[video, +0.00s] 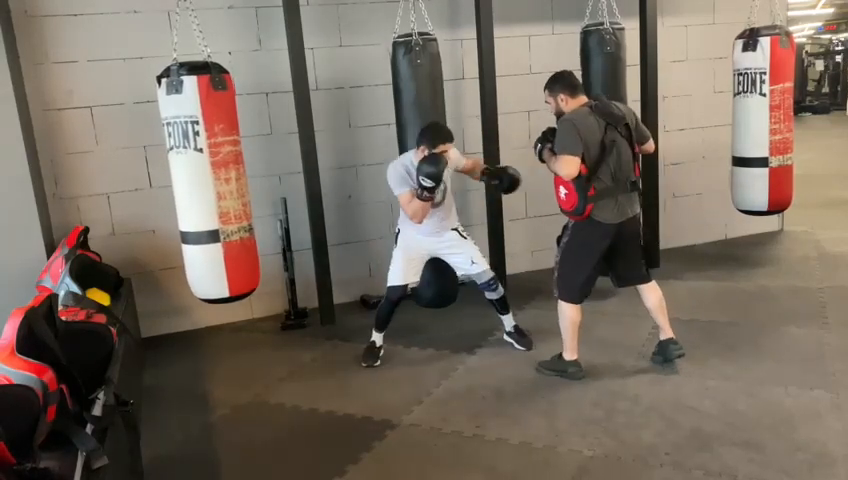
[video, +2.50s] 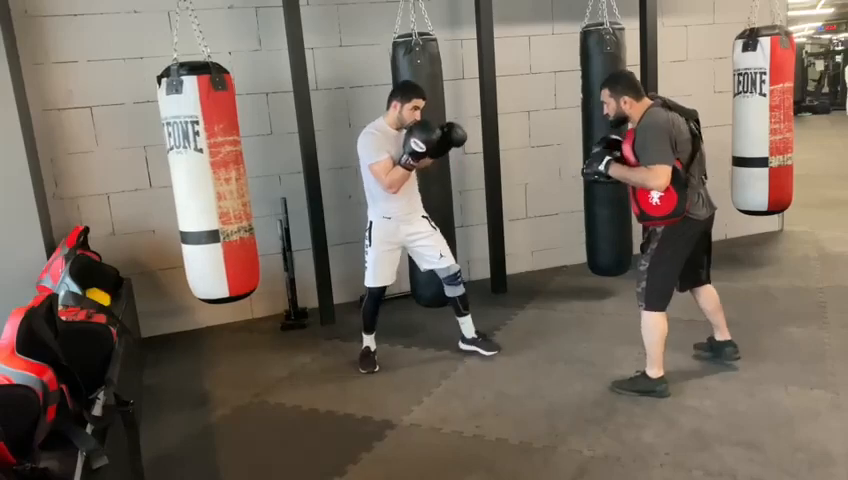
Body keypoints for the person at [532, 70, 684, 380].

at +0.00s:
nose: (550, 109)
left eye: (550, 102)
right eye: (549, 103)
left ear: (561, 97)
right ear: (578, 92)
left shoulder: (570, 123)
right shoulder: (616, 109)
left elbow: (568, 170)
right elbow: (648, 144)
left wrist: (547, 156)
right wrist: (613, 146)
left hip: (592, 222)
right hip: (628, 217)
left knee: (568, 288)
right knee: (641, 277)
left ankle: (569, 359)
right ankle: (668, 340)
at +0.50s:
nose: (594, 101)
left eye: (594, 95)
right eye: (591, 96)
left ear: (609, 90)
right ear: (624, 87)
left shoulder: (619, 115)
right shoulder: (653, 107)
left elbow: (620, 158)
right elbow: (679, 147)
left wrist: (587, 144)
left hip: (629, 222)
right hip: (661, 221)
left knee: (593, 286)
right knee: (666, 289)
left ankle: (578, 357)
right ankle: (683, 357)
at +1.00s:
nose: (576, 104)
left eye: (577, 97)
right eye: (575, 97)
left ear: (592, 94)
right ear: (605, 91)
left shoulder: (600, 119)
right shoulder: (636, 112)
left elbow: (601, 164)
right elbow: (661, 154)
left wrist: (572, 149)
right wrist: (621, 148)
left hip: (607, 225)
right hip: (642, 223)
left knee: (572, 290)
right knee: (655, 287)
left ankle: (573, 359)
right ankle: (680, 355)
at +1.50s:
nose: (550, 117)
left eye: (548, 111)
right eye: (547, 112)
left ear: (560, 104)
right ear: (576, 98)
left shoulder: (573, 126)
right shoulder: (616, 113)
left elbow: (576, 170)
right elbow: (646, 147)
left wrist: (549, 160)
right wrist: (611, 159)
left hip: (602, 223)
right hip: (636, 218)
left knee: (572, 289)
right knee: (650, 275)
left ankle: (573, 360)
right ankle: (684, 334)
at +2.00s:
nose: (607, 101)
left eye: (609, 93)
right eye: (606, 94)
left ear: (625, 89)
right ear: (634, 89)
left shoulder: (647, 111)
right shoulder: (662, 107)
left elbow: (660, 151)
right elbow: (660, 153)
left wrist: (612, 140)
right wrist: (615, 140)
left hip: (660, 214)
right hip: (682, 212)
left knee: (624, 286)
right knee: (685, 282)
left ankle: (624, 364)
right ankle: (700, 350)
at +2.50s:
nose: (605, 111)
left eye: (606, 103)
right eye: (603, 104)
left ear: (624, 101)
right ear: (632, 97)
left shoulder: (652, 124)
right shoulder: (662, 113)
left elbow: (658, 179)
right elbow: (667, 164)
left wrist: (610, 168)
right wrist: (625, 152)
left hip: (675, 222)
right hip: (697, 215)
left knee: (651, 296)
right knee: (697, 280)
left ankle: (653, 376)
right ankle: (724, 342)